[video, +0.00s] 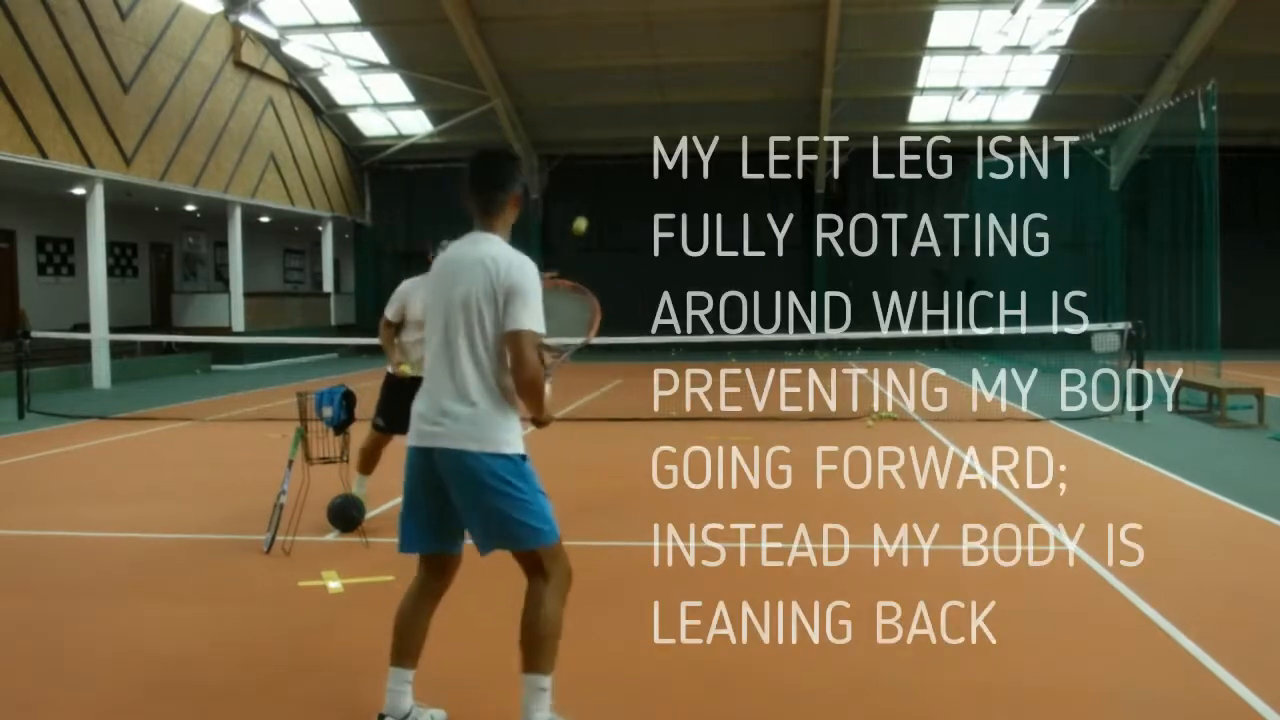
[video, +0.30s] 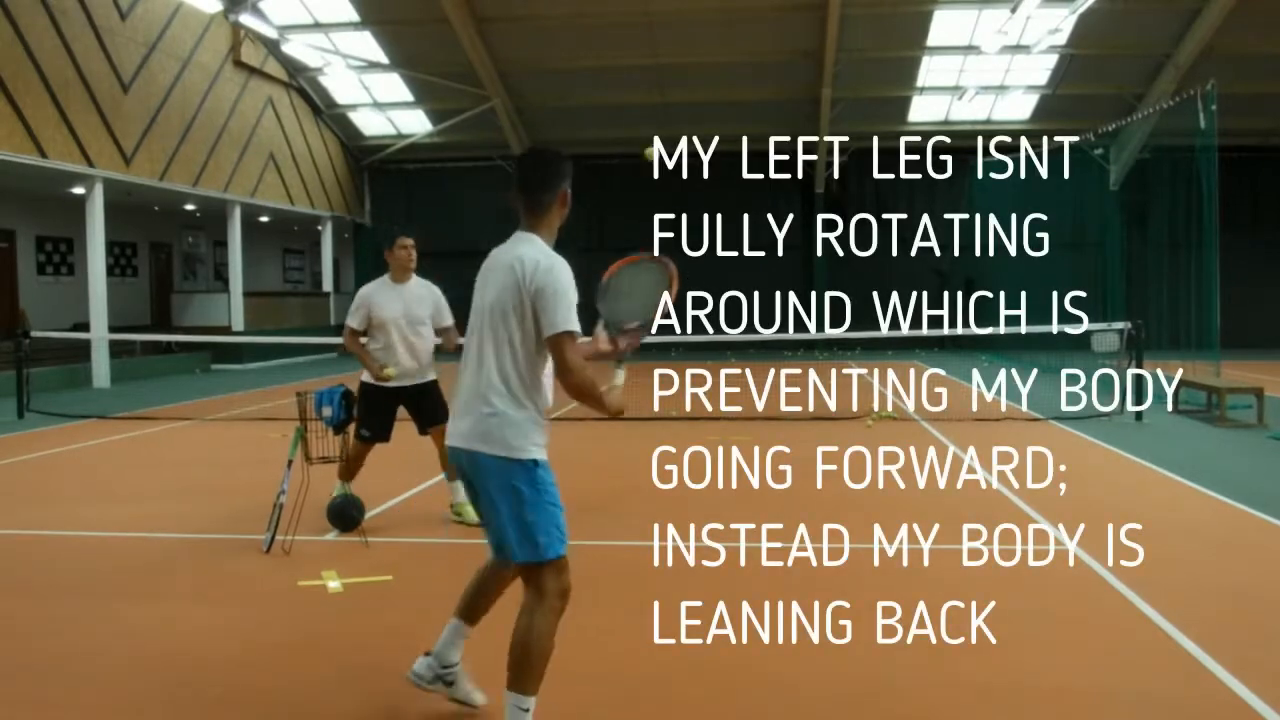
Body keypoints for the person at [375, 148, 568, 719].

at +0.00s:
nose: (521, 205)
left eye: (518, 197)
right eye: (521, 197)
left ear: (470, 200)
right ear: (515, 201)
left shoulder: (443, 261)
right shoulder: (514, 266)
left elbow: (438, 346)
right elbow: (525, 366)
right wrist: (539, 411)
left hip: (428, 441)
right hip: (485, 446)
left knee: (435, 569)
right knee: (551, 571)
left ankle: (396, 703)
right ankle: (537, 709)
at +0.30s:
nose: (569, 205)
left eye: (566, 197)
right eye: (569, 196)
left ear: (518, 199)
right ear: (563, 199)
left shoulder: (497, 260)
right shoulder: (548, 267)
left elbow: (528, 354)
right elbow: (571, 371)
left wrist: (597, 351)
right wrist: (607, 401)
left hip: (470, 438)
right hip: (511, 443)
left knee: (509, 554)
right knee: (551, 586)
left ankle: (441, 660)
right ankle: (519, 711)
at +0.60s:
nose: (604, 224)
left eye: (601, 214)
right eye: (602, 214)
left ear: (554, 216)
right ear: (594, 218)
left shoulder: (581, 279)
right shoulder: (551, 273)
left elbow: (639, 326)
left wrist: (701, 291)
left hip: (550, 449)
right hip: (529, 450)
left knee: (583, 551)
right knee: (553, 582)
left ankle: (519, 671)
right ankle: (518, 708)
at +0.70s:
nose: (619, 229)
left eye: (618, 221)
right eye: (618, 220)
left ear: (577, 222)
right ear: (608, 223)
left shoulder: (594, 279)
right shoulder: (558, 275)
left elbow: (651, 310)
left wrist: (712, 280)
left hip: (559, 442)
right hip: (546, 444)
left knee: (580, 561)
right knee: (595, 568)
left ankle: (520, 666)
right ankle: (535, 703)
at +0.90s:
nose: (649, 229)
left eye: (652, 221)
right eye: (642, 220)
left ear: (653, 226)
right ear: (622, 221)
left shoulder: (653, 265)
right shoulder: (587, 258)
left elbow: (702, 298)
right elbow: (548, 283)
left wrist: (753, 283)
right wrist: (606, 256)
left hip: (605, 423)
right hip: (575, 422)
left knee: (614, 535)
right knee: (636, 535)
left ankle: (535, 632)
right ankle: (628, 659)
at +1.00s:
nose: (680, 245)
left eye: (682, 236)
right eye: (674, 234)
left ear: (678, 242)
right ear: (654, 234)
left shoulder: (671, 284)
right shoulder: (605, 273)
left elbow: (729, 315)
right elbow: (555, 307)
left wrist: (788, 306)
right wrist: (588, 287)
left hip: (620, 427)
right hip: (591, 428)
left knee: (649, 527)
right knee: (663, 531)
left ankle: (567, 602)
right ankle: (634, 659)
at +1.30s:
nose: (715, 262)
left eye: (713, 254)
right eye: (709, 254)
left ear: (686, 262)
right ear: (688, 260)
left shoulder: (706, 300)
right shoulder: (654, 310)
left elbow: (751, 333)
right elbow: (642, 373)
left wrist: (803, 361)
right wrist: (626, 419)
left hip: (663, 430)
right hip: (633, 432)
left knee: (701, 505)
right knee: (677, 533)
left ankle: (655, 599)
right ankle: (637, 654)